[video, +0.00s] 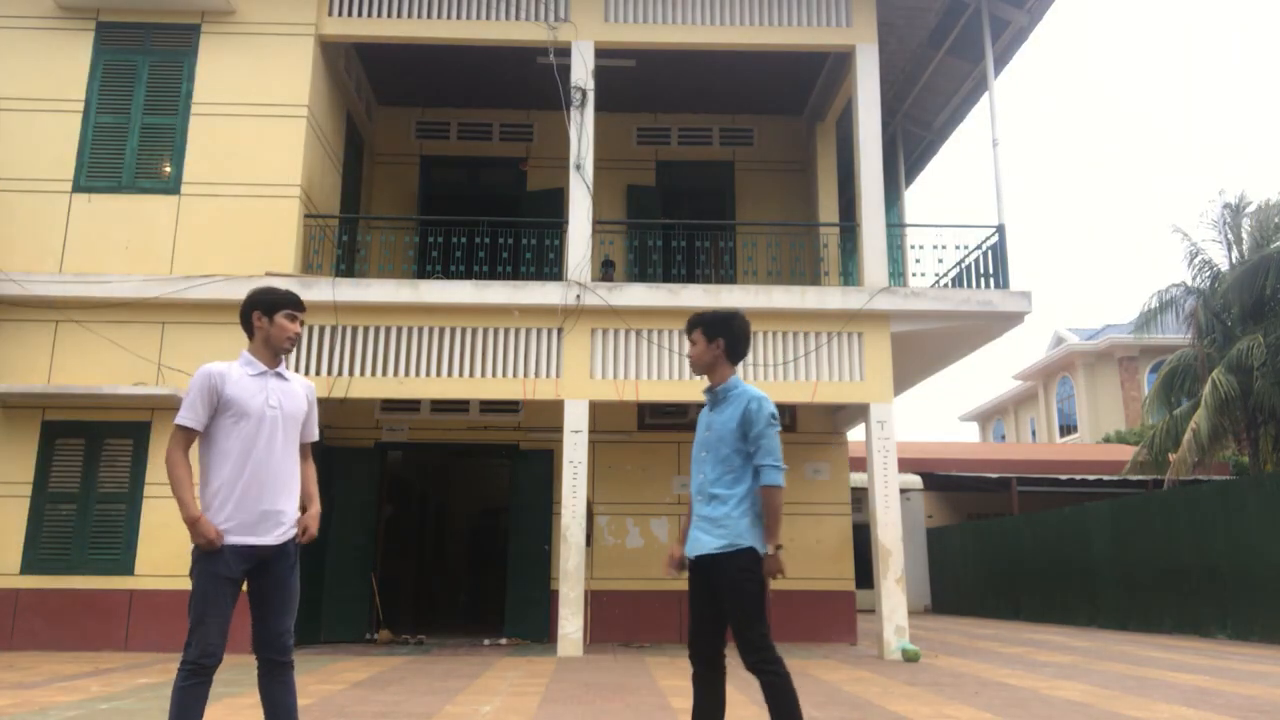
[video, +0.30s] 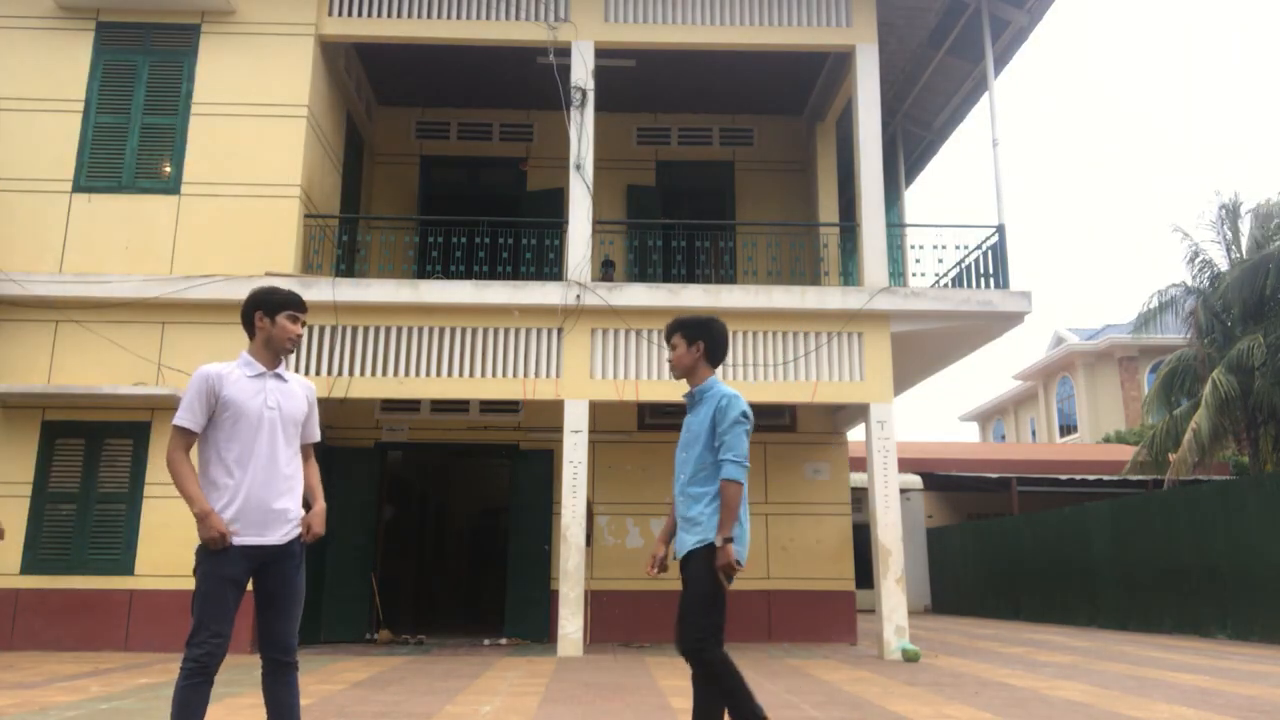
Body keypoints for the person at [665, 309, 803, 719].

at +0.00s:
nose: (687, 350)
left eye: (693, 342)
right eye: (688, 342)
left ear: (719, 346)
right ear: (714, 347)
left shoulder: (754, 403)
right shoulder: (708, 410)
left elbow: (772, 477)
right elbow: (703, 487)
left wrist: (772, 547)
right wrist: (684, 543)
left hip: (739, 553)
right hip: (702, 554)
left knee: (759, 655)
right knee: (704, 657)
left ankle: (790, 717)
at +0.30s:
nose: (668, 355)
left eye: (674, 347)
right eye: (668, 348)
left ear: (699, 349)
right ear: (691, 351)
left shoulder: (728, 402)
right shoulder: (696, 409)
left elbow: (733, 475)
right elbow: (687, 485)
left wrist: (724, 540)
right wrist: (664, 539)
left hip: (711, 543)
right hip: (692, 544)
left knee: (695, 642)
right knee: (703, 647)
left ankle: (752, 715)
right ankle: (706, 716)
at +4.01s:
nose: (836, 386)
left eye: (842, 377)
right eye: (835, 378)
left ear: (869, 377)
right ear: (869, 379)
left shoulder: (879, 427)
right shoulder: (895, 426)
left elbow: (826, 484)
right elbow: (864, 501)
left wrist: (764, 482)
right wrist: (819, 469)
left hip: (888, 571)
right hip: (914, 574)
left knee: (822, 665)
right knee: (890, 677)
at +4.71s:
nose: (838, 389)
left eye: (843, 380)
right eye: (837, 381)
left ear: (871, 380)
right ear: (871, 382)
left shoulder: (882, 429)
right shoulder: (904, 430)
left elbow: (819, 476)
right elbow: (879, 508)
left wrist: (750, 477)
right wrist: (834, 482)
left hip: (890, 574)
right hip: (918, 576)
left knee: (824, 667)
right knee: (889, 677)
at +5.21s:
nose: (838, 388)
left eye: (843, 379)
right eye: (837, 380)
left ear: (871, 379)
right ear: (871, 381)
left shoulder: (882, 429)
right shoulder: (904, 429)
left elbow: (817, 475)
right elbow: (877, 506)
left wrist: (749, 476)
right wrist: (832, 480)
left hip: (889, 574)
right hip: (917, 576)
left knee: (823, 666)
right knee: (889, 677)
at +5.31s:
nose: (838, 388)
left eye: (843, 379)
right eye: (837, 380)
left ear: (871, 378)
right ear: (871, 381)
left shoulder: (882, 429)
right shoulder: (904, 429)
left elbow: (818, 475)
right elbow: (876, 507)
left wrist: (749, 476)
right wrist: (831, 479)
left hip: (889, 573)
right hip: (916, 576)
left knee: (823, 666)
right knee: (890, 676)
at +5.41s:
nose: (837, 388)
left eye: (843, 378)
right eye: (836, 380)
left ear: (871, 378)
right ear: (871, 381)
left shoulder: (882, 428)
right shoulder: (904, 429)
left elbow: (817, 474)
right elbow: (876, 507)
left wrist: (748, 475)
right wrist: (830, 479)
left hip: (888, 573)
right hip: (916, 576)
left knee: (822, 667)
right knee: (890, 677)